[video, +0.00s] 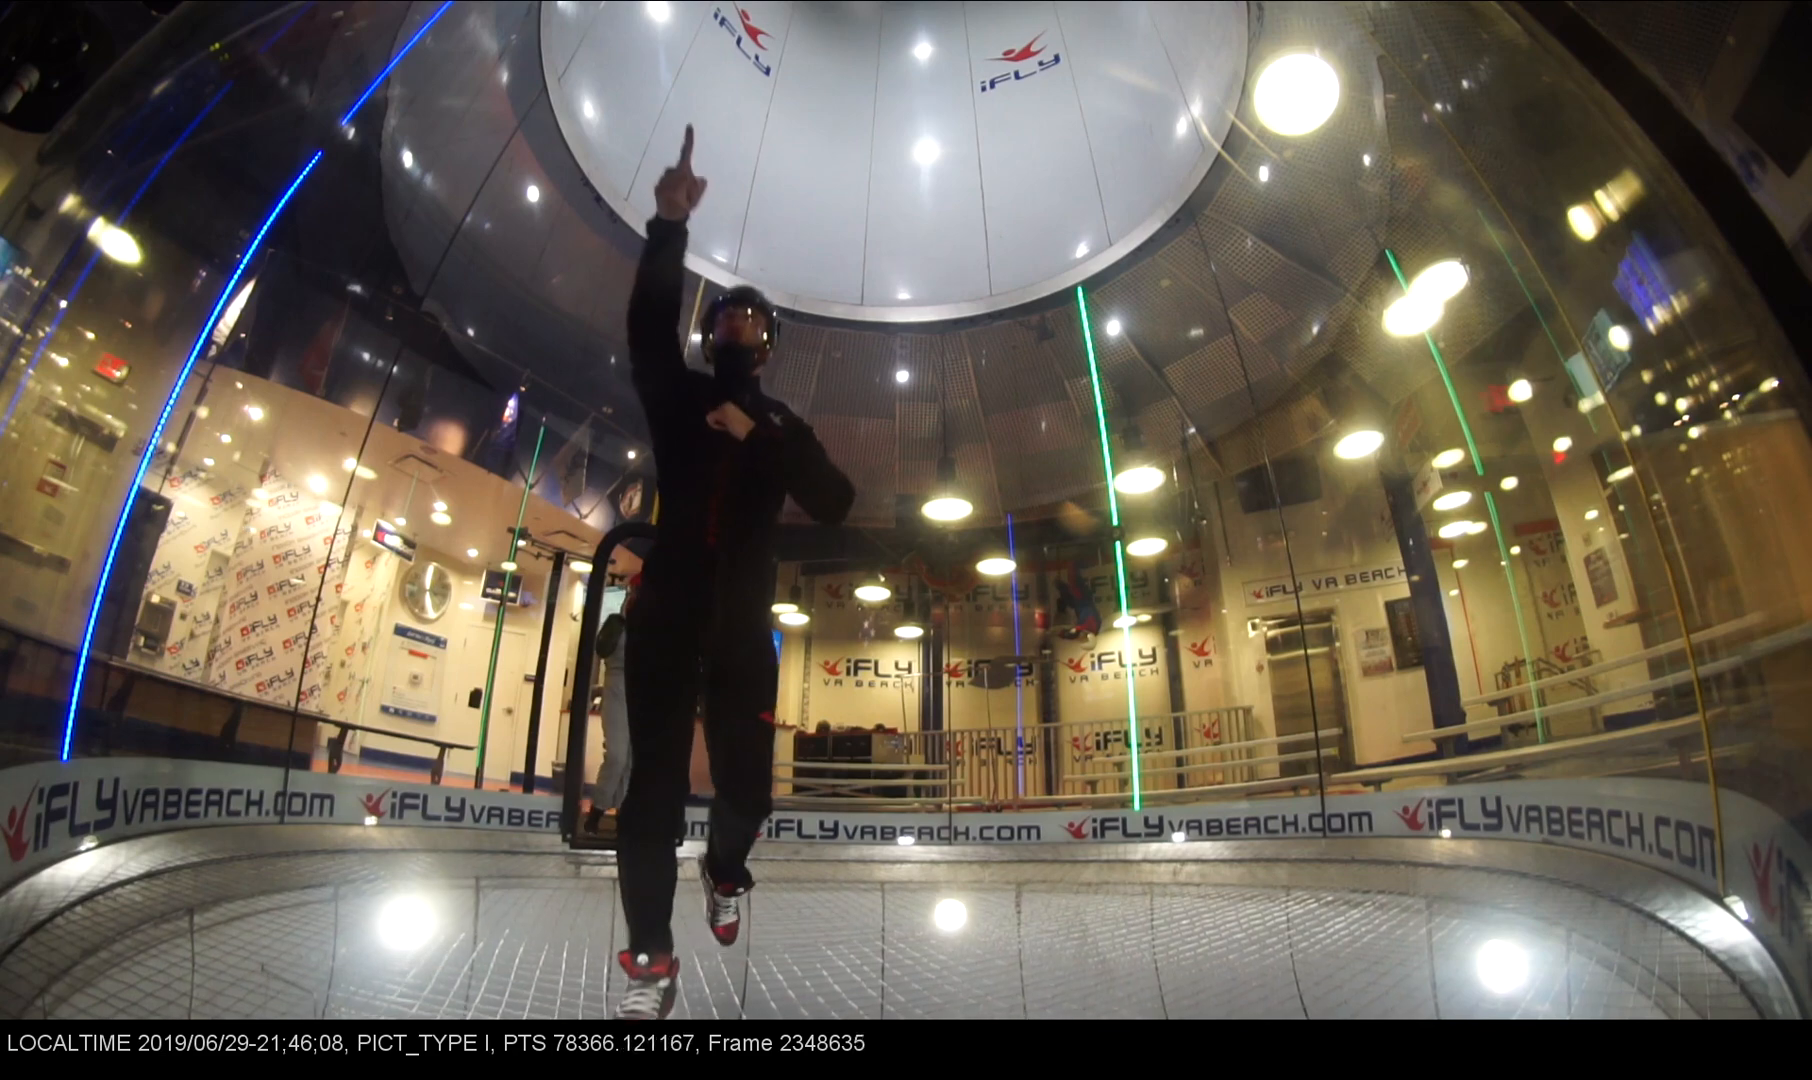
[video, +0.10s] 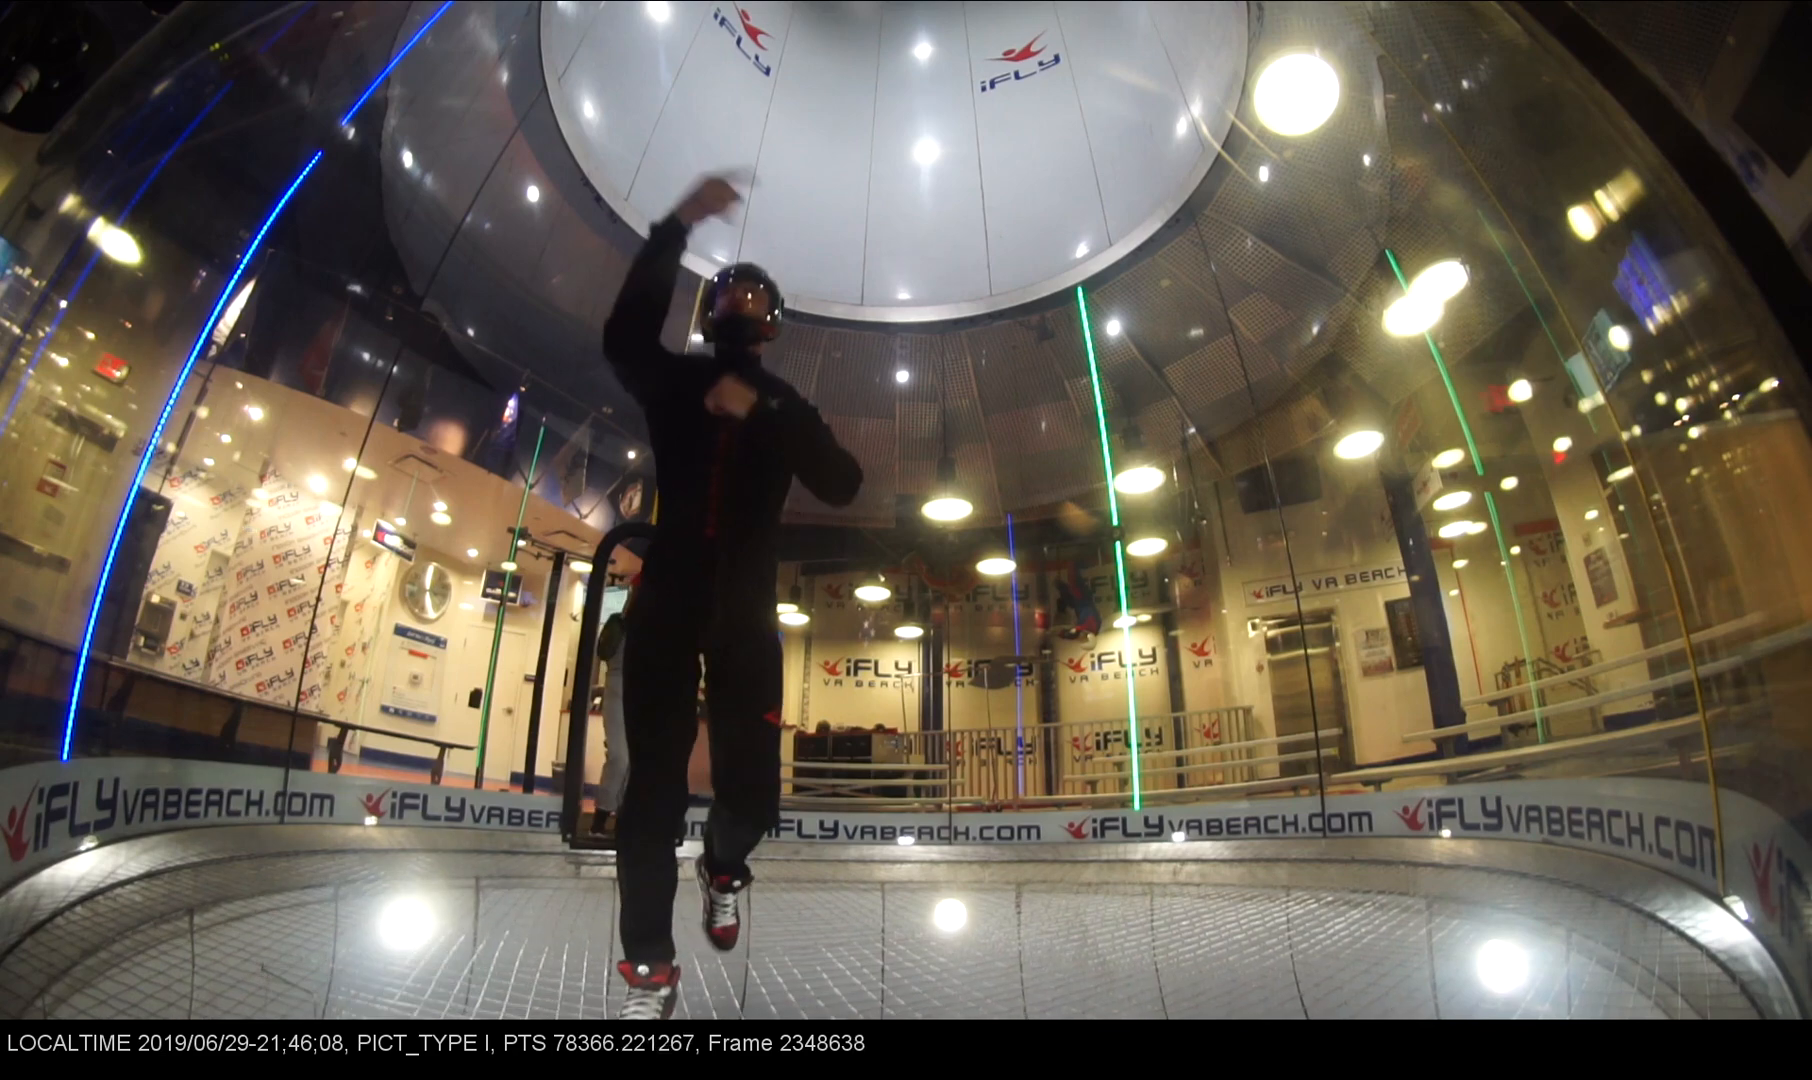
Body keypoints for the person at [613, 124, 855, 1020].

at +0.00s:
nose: (742, 325)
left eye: (755, 320)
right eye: (730, 316)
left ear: (770, 343)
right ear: (707, 333)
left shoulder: (785, 425)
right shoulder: (676, 395)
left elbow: (834, 504)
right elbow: (652, 322)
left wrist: (763, 434)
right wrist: (669, 225)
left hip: (742, 612)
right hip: (664, 606)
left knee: (747, 782)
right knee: (656, 779)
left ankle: (725, 872)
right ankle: (649, 943)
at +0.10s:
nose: (744, 305)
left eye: (759, 300)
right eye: (732, 294)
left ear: (775, 324)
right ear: (706, 312)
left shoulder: (789, 407)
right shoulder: (671, 381)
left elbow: (842, 484)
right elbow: (625, 335)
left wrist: (762, 411)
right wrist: (677, 223)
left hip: (747, 605)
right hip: (666, 599)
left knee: (752, 784)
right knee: (655, 778)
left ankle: (721, 868)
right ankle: (646, 948)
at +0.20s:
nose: (757, 295)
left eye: (768, 285)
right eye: (750, 282)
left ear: (779, 301)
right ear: (720, 295)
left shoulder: (789, 378)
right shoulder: (677, 366)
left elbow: (834, 429)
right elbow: (629, 381)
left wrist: (763, 328)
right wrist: (709, 276)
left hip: (750, 595)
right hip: (668, 592)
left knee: (761, 785)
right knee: (655, 781)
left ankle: (732, 894)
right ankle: (647, 959)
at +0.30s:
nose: (795, 275)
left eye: (799, 266)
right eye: (783, 260)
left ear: (792, 281)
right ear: (738, 262)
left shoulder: (799, 359)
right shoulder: (687, 337)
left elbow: (845, 394)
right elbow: (644, 369)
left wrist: (770, 312)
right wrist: (715, 281)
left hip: (763, 575)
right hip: (676, 571)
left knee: (776, 756)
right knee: (655, 765)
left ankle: (773, 930)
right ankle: (650, 955)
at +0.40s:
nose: (812, 247)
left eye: (813, 238)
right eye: (800, 232)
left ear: (805, 263)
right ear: (754, 237)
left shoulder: (814, 343)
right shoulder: (696, 321)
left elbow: (863, 381)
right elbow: (649, 353)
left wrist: (773, 284)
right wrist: (729, 270)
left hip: (771, 564)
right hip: (681, 561)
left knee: (808, 758)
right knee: (660, 762)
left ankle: (841, 954)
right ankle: (653, 956)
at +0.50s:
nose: (817, 227)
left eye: (827, 218)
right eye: (804, 213)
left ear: (830, 243)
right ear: (765, 230)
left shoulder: (836, 333)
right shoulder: (709, 310)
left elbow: (901, 389)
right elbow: (665, 326)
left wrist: (806, 286)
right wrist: (765, 210)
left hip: (796, 564)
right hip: (696, 558)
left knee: (856, 770)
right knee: (668, 765)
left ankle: (914, 988)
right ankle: (654, 959)